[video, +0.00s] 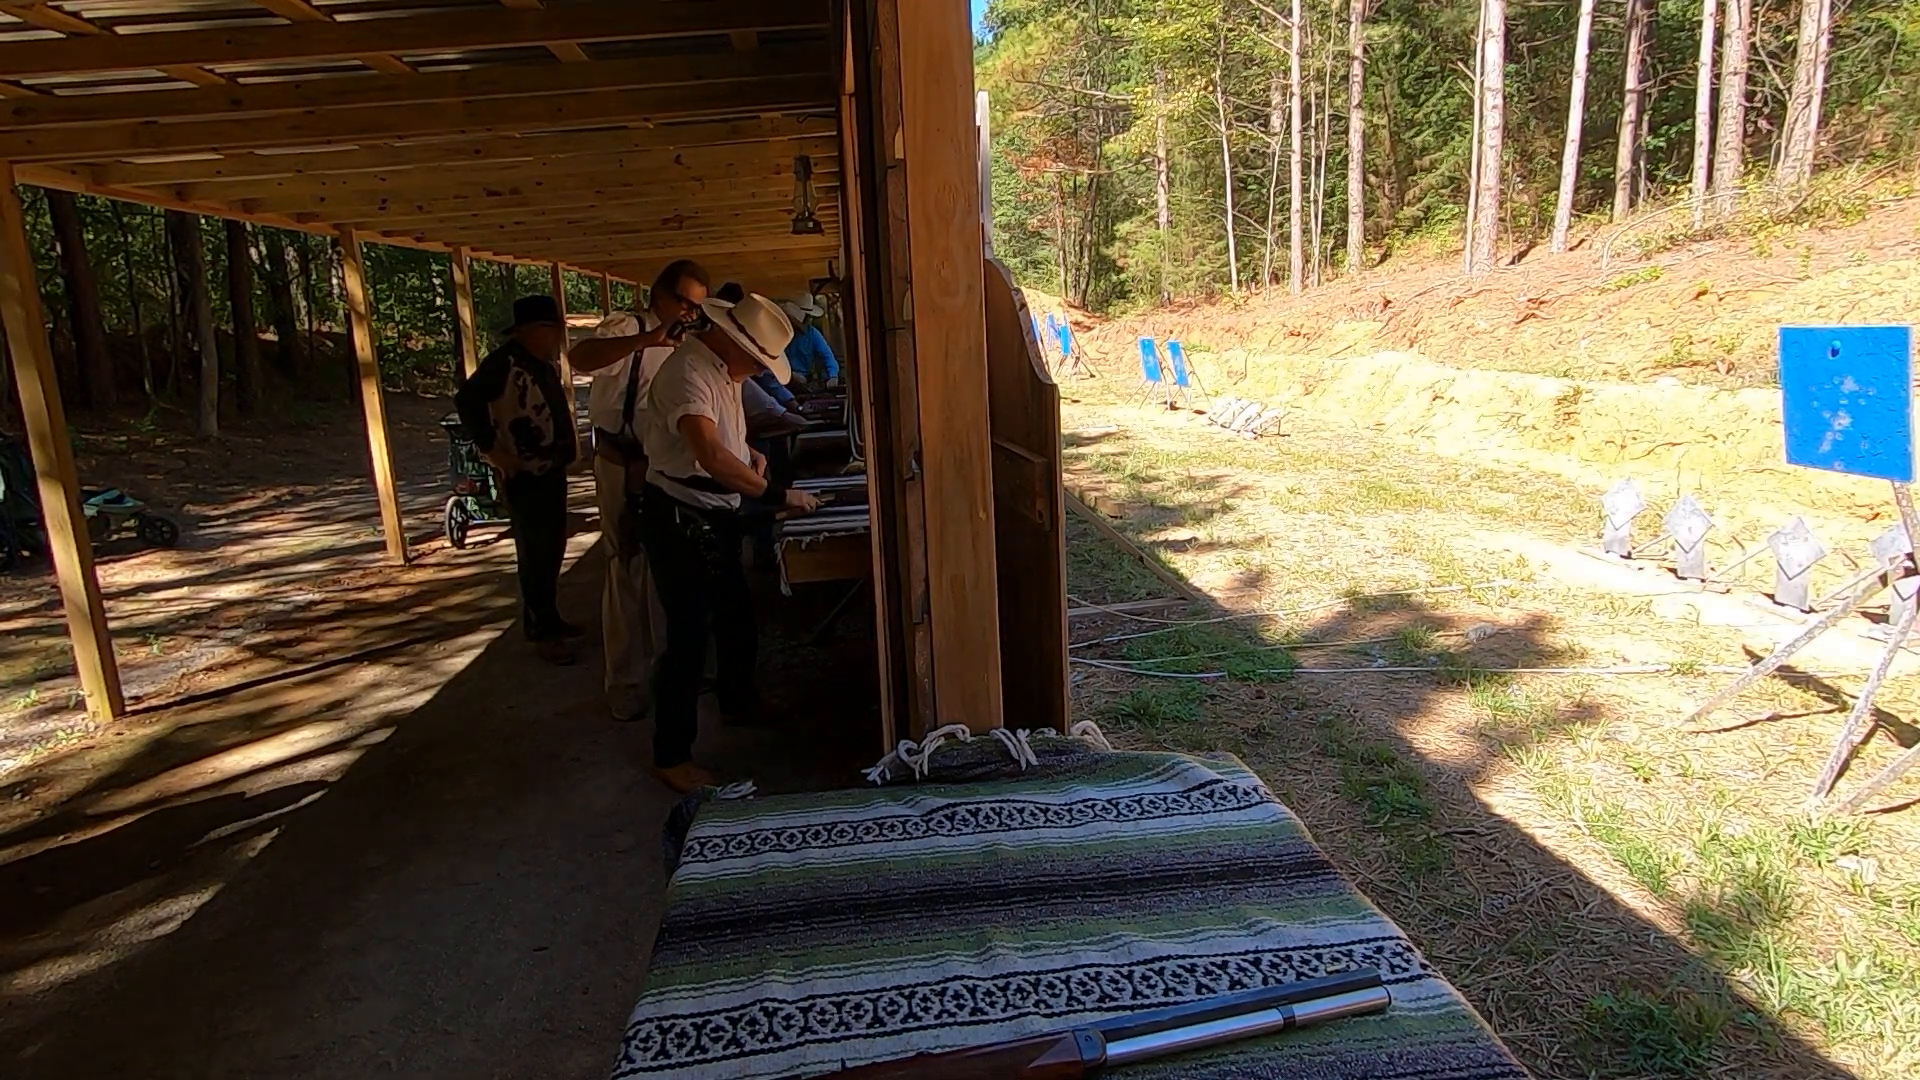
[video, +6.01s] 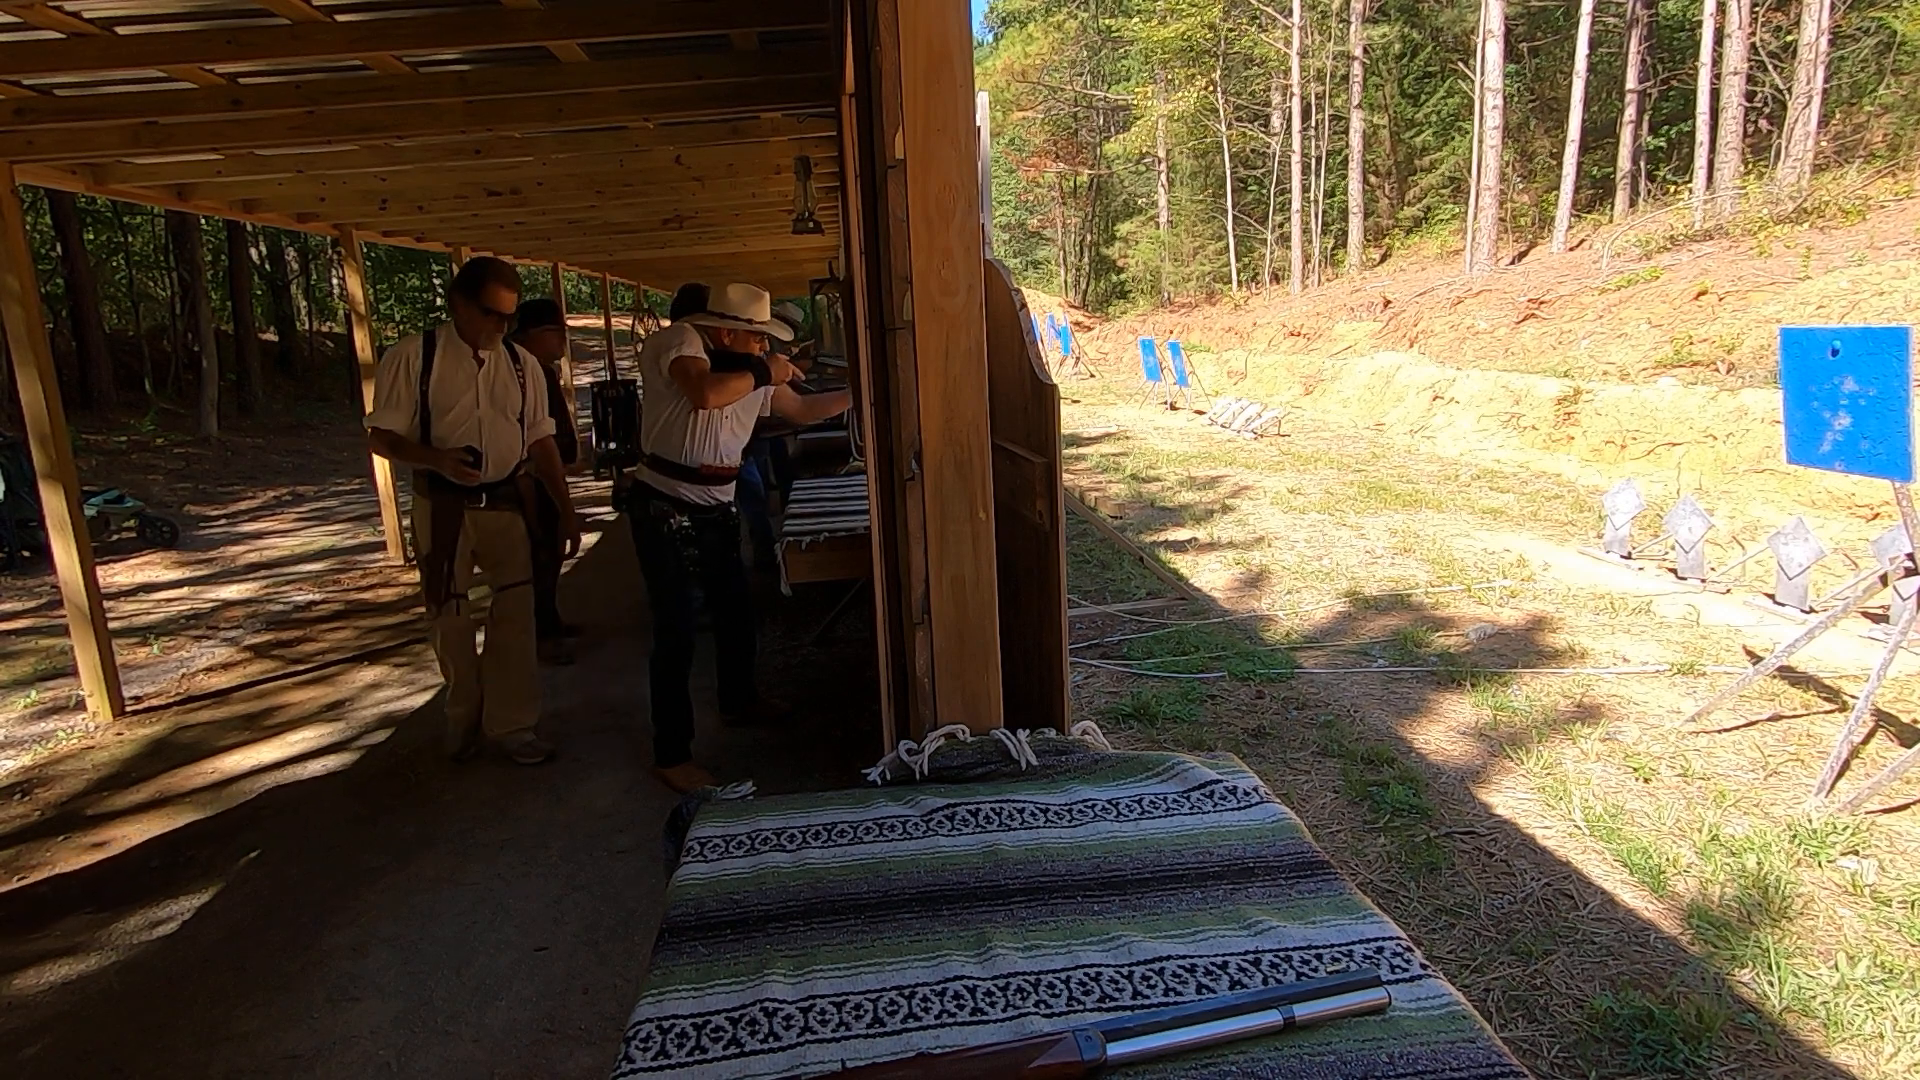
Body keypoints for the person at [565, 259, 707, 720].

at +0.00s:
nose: (687, 313)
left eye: (696, 307)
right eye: (681, 302)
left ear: (702, 311)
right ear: (657, 296)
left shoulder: (694, 348)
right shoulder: (626, 328)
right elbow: (579, 358)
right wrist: (649, 339)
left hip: (675, 467)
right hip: (621, 467)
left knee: (672, 571)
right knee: (626, 573)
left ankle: (677, 672)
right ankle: (625, 685)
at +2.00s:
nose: (691, 314)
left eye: (698, 309)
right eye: (686, 304)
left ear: (698, 310)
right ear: (661, 296)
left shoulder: (690, 345)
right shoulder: (631, 327)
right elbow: (608, 346)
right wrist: (675, 342)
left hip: (668, 463)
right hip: (619, 466)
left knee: (671, 567)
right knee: (626, 572)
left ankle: (673, 671)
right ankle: (624, 684)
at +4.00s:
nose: (687, 315)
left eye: (694, 309)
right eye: (682, 304)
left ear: (696, 310)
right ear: (657, 296)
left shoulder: (687, 344)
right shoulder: (630, 325)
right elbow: (610, 348)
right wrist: (676, 345)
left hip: (666, 462)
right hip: (617, 463)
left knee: (668, 564)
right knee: (624, 570)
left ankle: (669, 664)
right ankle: (623, 680)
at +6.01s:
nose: (501, 327)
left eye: (509, 316)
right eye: (492, 315)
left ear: (514, 313)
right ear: (458, 302)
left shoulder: (523, 364)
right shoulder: (413, 356)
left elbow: (541, 441)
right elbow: (380, 437)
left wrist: (565, 506)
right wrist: (435, 457)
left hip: (507, 502)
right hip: (442, 505)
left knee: (515, 615)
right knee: (451, 618)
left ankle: (512, 727)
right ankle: (464, 721)